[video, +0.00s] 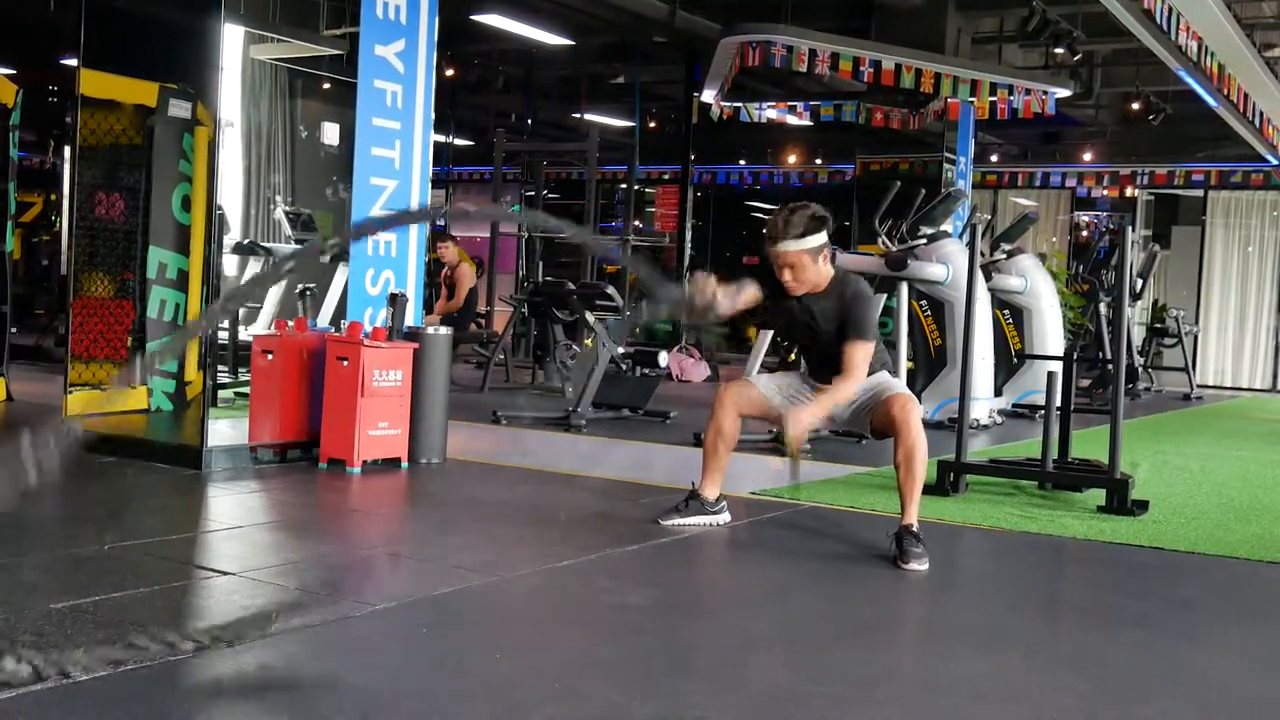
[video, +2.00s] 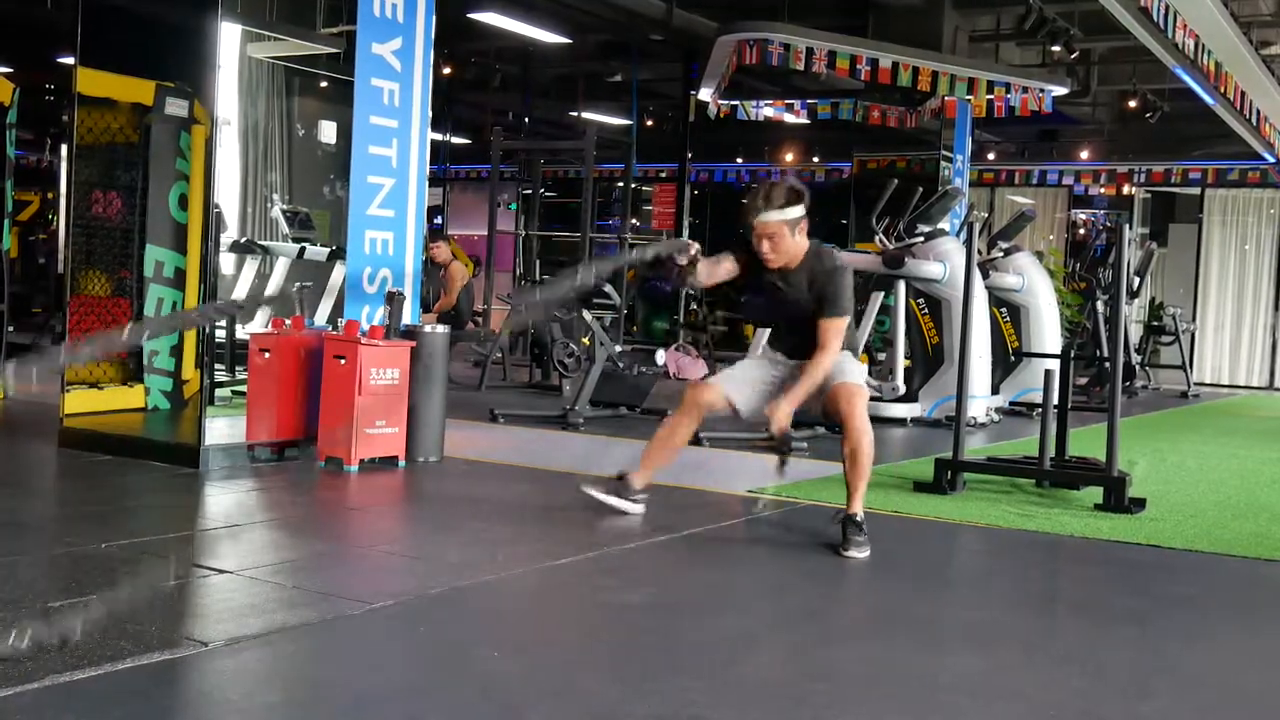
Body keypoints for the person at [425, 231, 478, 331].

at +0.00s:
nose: (441, 252)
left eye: (446, 248)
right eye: (439, 248)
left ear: (455, 248)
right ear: (436, 250)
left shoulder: (464, 268)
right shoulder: (445, 271)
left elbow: (458, 301)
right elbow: (443, 297)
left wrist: (441, 311)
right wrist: (438, 310)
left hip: (462, 320)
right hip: (451, 317)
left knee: (424, 321)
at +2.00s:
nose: (433, 252)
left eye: (437, 247)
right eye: (431, 249)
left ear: (448, 247)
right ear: (428, 251)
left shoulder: (455, 267)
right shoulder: (444, 270)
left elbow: (451, 300)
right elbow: (443, 296)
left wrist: (434, 311)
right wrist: (434, 313)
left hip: (458, 320)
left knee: (415, 319)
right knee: (415, 317)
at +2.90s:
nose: (439, 254)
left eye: (443, 250)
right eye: (435, 251)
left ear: (453, 249)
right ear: (432, 254)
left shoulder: (460, 270)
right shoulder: (451, 269)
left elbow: (455, 302)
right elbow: (447, 299)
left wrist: (438, 314)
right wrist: (436, 315)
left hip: (460, 321)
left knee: (420, 320)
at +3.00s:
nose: (439, 255)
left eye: (443, 250)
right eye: (436, 251)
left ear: (453, 250)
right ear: (433, 255)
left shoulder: (459, 270)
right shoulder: (448, 271)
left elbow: (455, 301)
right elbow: (447, 300)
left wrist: (437, 315)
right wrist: (436, 317)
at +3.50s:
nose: (436, 255)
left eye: (440, 251)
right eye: (433, 252)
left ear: (451, 250)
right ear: (430, 255)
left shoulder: (457, 272)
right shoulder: (445, 273)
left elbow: (452, 306)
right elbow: (444, 303)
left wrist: (435, 317)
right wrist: (435, 317)